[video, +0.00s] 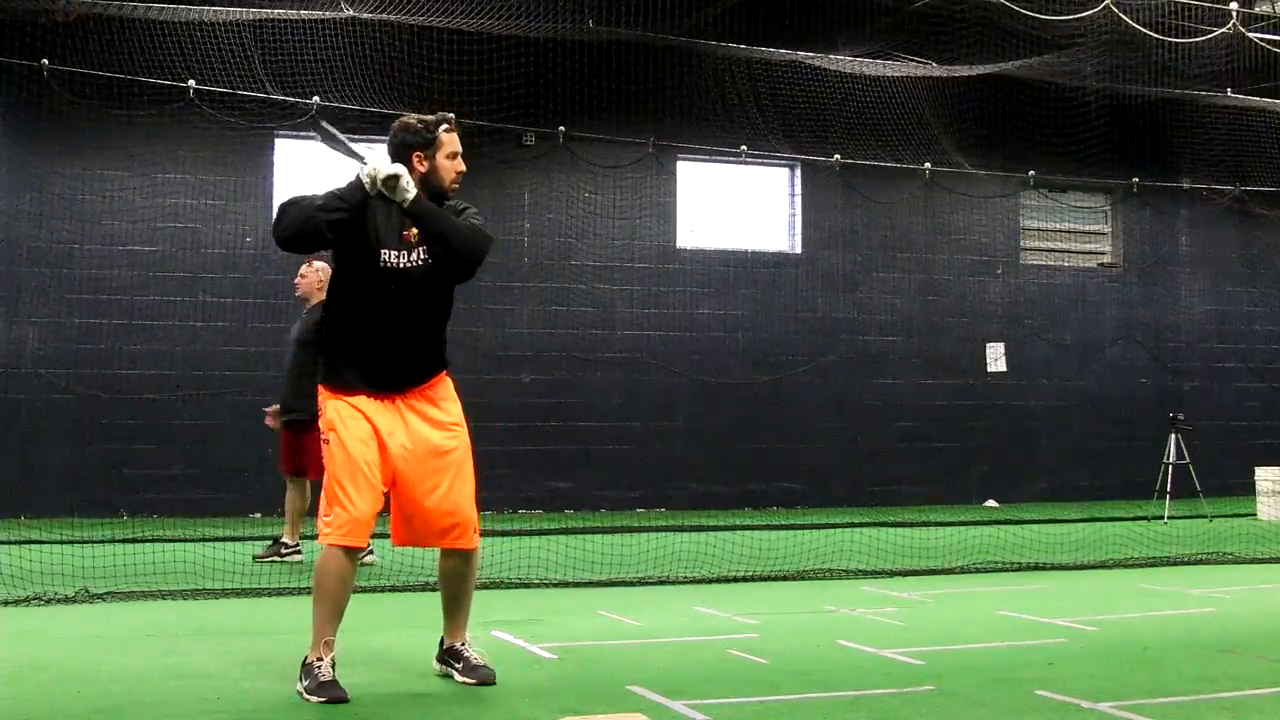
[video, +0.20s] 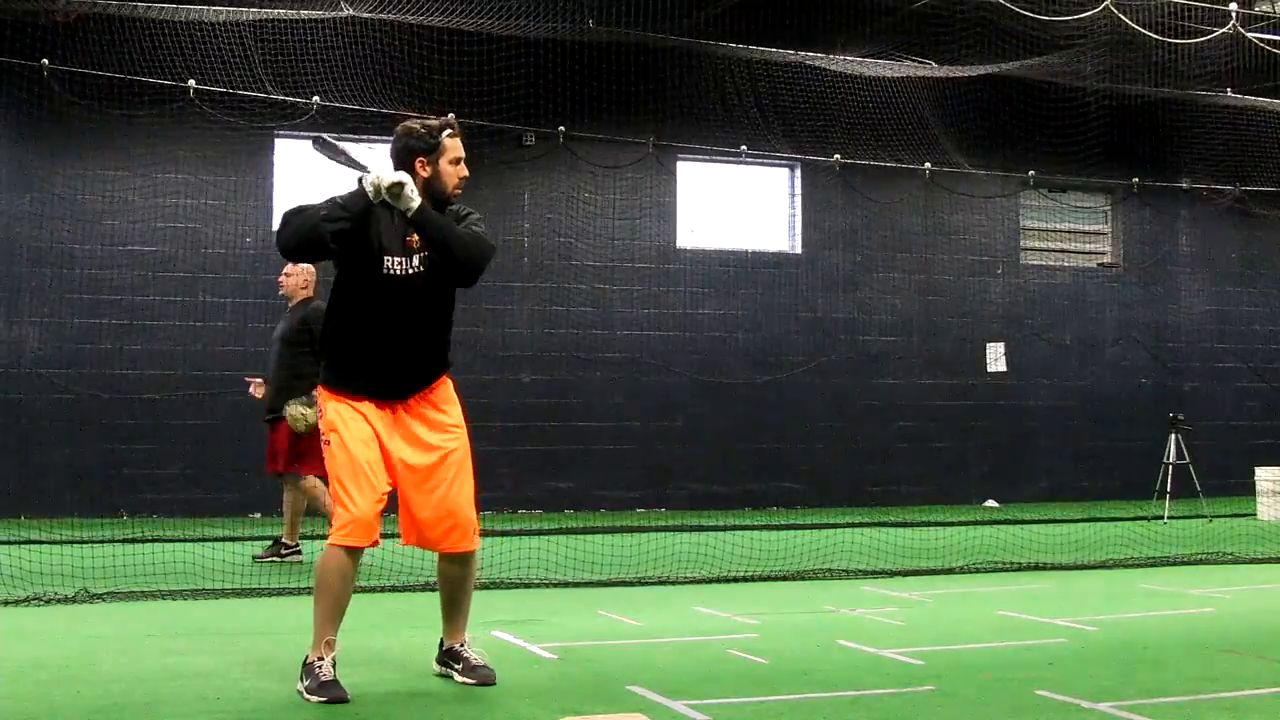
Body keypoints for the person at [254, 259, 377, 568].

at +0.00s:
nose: (297, 280)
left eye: (304, 275)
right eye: (298, 275)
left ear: (321, 281)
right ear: (311, 283)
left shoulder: (329, 314)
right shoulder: (306, 318)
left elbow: (335, 368)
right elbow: (301, 372)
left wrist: (336, 407)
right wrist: (284, 408)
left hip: (325, 410)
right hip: (295, 412)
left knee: (341, 478)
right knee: (296, 478)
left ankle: (360, 542)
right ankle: (290, 542)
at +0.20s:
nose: (280, 279)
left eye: (287, 274)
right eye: (282, 273)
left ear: (305, 280)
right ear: (296, 281)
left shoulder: (314, 311)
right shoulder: (291, 314)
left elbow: (328, 356)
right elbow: (294, 366)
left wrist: (322, 394)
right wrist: (270, 387)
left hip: (303, 407)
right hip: (284, 406)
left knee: (299, 475)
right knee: (294, 476)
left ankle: (348, 523)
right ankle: (289, 543)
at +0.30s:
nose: (275, 279)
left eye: (282, 274)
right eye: (276, 274)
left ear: (301, 279)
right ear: (293, 281)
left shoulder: (310, 312)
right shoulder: (288, 313)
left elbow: (326, 363)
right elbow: (292, 365)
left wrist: (302, 381)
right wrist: (267, 383)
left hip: (301, 403)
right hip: (285, 402)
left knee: (280, 466)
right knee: (290, 470)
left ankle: (322, 526)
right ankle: (288, 541)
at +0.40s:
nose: (272, 281)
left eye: (279, 276)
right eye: (273, 275)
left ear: (297, 282)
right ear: (292, 283)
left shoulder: (305, 313)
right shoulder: (285, 314)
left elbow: (313, 369)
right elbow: (287, 364)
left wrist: (274, 382)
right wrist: (264, 387)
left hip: (292, 407)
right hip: (281, 406)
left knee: (271, 464)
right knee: (287, 469)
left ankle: (295, 534)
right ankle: (290, 535)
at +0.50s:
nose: (271, 289)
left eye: (276, 282)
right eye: (272, 283)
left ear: (292, 284)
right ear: (289, 285)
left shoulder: (302, 312)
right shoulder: (286, 314)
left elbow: (309, 368)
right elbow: (282, 362)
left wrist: (273, 375)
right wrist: (260, 388)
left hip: (286, 408)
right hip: (281, 406)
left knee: (268, 468)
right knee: (289, 473)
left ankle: (266, 537)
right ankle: (290, 541)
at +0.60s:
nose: (270, 288)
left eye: (274, 281)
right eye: (269, 281)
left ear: (286, 286)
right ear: (285, 286)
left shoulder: (300, 312)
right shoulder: (284, 311)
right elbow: (286, 366)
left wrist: (294, 373)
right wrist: (263, 387)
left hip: (288, 405)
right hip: (277, 404)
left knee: (266, 468)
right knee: (288, 473)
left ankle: (242, 533)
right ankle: (289, 541)